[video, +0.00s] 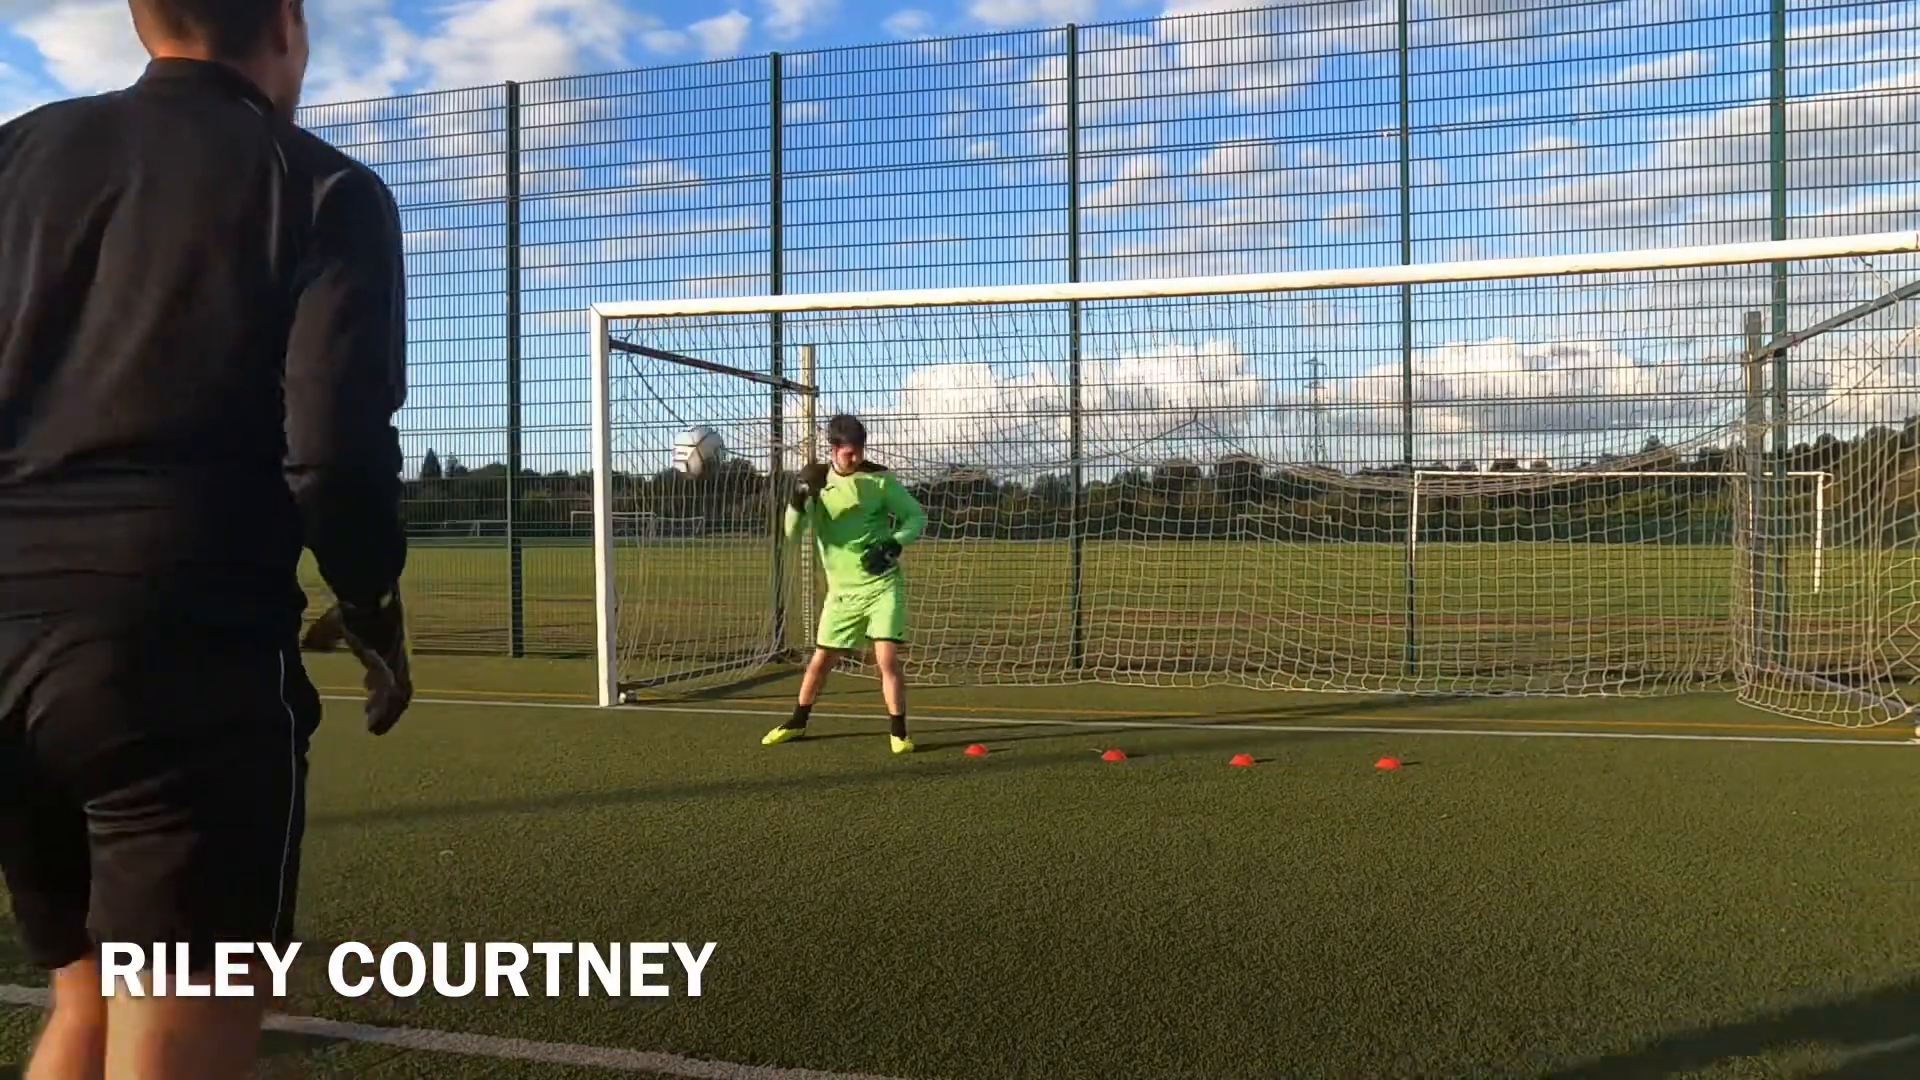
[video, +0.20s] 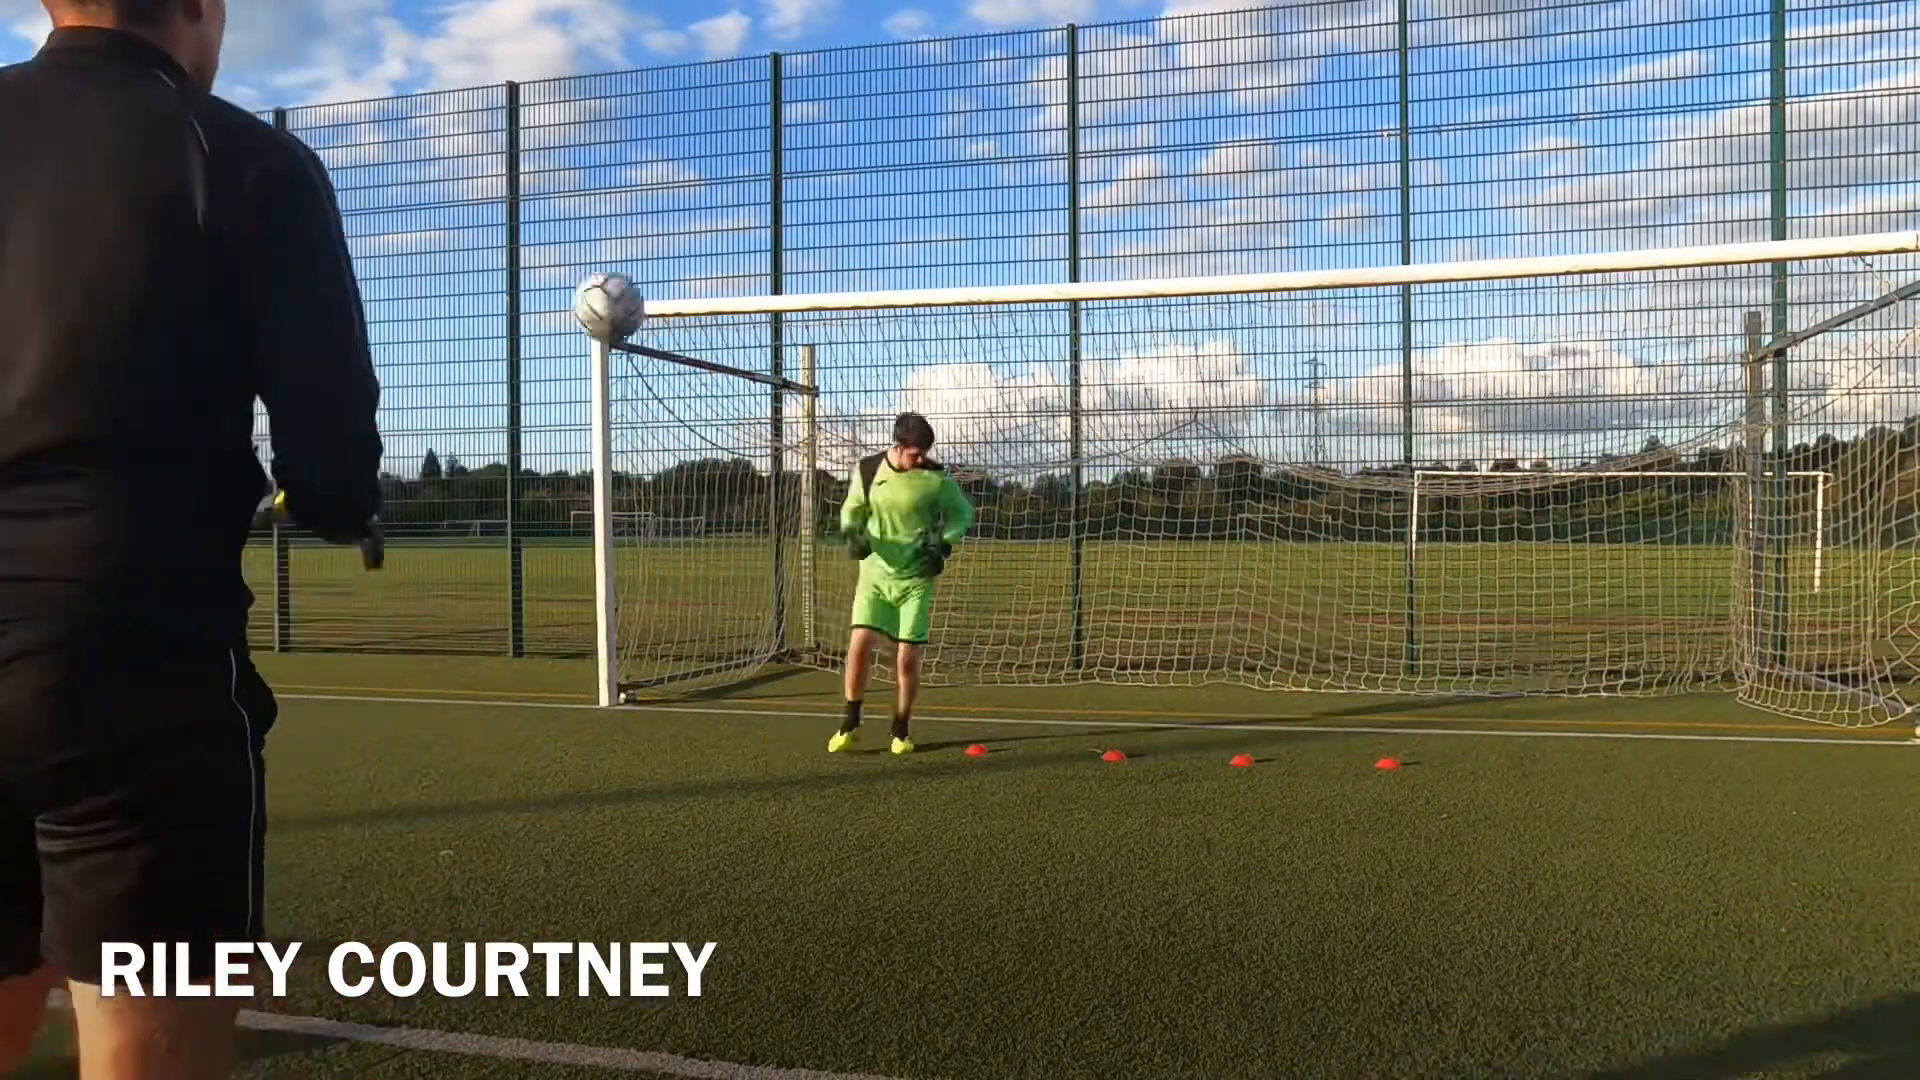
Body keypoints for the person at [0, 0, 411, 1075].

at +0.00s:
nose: (305, 48)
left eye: (301, 30)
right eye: (304, 28)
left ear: (147, 30)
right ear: (286, 23)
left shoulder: (15, 153)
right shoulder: (325, 188)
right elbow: (333, 450)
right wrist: (369, 600)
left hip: (5, 626)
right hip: (181, 635)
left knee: (83, 994)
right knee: (181, 1024)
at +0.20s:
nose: (220, 35)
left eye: (216, 17)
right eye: (219, 14)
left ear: (56, 14)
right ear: (195, 12)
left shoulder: (5, 110)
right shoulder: (248, 165)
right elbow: (334, 474)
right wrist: (330, 495)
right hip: (131, 626)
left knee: (5, 1004)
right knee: (148, 1045)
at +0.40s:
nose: (99, 25)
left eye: (95, 6)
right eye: (93, 5)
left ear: (8, 18)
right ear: (52, 13)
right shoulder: (124, 169)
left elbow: (257, 415)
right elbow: (259, 416)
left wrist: (218, 279)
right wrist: (251, 284)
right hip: (46, 668)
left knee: (130, 1044)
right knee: (128, 1048)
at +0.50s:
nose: (40, 28)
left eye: (38, 10)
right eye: (33, 9)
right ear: (11, 21)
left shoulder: (60, 174)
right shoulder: (56, 173)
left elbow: (173, 405)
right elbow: (180, 405)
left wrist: (176, 263)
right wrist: (212, 264)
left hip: (18, 680)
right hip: (11, 689)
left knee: (55, 1016)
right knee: (89, 1024)